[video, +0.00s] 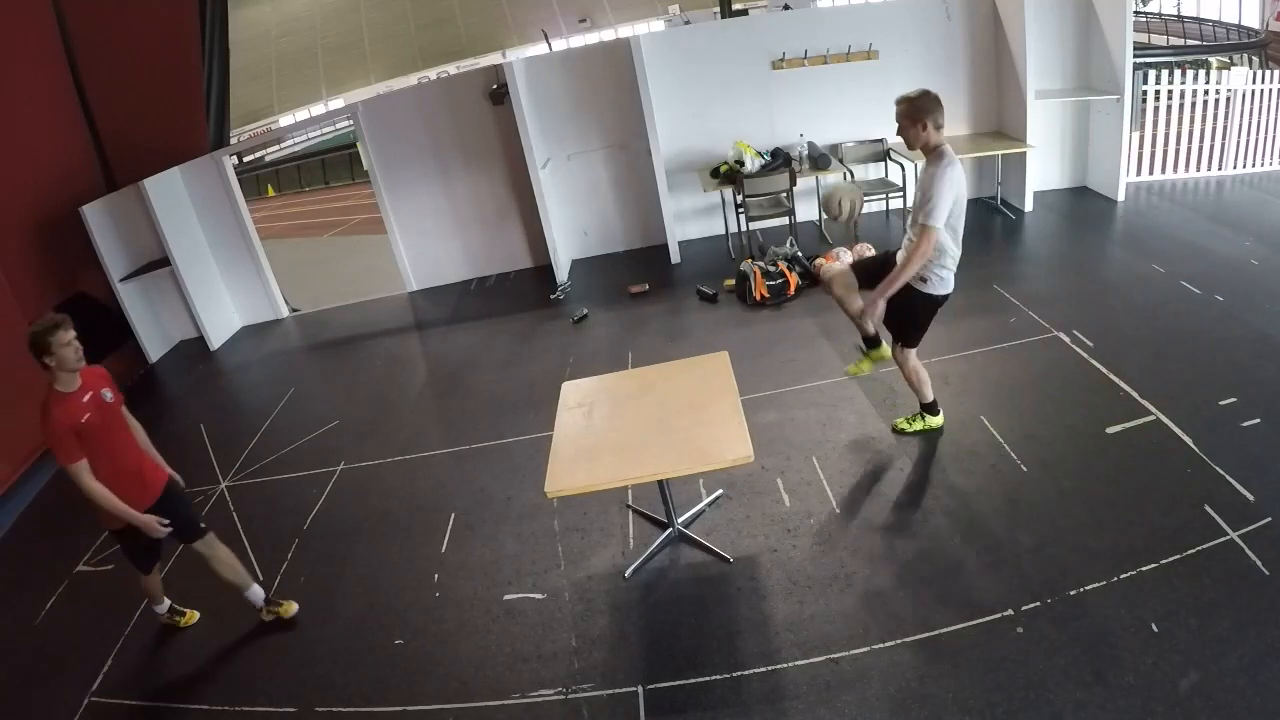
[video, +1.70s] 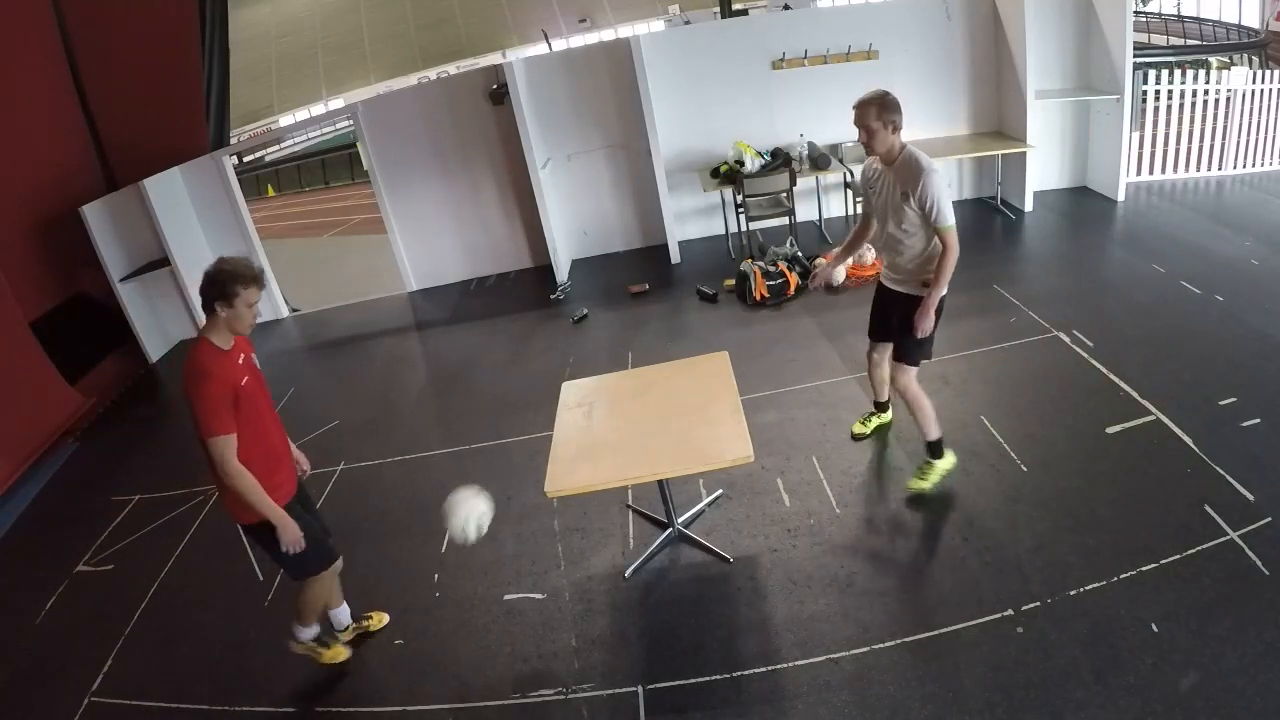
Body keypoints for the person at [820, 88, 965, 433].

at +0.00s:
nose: (898, 132)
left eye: (903, 125)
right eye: (898, 125)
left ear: (924, 126)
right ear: (926, 126)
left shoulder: (943, 175)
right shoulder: (934, 163)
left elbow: (924, 248)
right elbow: (924, 230)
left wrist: (879, 296)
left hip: (928, 278)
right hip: (908, 259)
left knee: (902, 353)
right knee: (839, 283)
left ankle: (931, 413)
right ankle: (875, 347)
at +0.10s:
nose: (894, 128)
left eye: (897, 121)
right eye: (893, 121)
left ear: (919, 120)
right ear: (920, 120)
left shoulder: (936, 168)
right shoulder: (927, 159)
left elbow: (918, 241)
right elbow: (912, 229)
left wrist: (872, 287)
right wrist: (883, 251)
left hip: (922, 277)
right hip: (906, 268)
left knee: (898, 349)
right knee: (858, 320)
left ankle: (931, 411)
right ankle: (894, 381)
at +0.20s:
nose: (883, 132)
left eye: (887, 125)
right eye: (882, 125)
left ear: (911, 124)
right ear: (911, 125)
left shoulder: (931, 173)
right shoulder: (917, 162)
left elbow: (924, 247)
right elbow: (897, 210)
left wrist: (882, 299)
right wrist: (865, 229)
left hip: (917, 283)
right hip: (904, 275)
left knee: (861, 342)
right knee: (887, 338)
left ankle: (912, 394)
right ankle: (908, 398)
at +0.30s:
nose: (869, 137)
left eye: (874, 130)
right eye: (868, 130)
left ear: (897, 126)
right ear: (895, 127)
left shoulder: (924, 169)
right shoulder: (895, 160)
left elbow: (932, 245)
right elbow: (883, 202)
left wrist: (911, 308)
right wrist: (850, 231)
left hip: (915, 270)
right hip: (901, 261)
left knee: (832, 296)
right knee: (889, 327)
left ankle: (886, 350)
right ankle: (912, 397)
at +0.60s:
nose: (858, 125)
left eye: (864, 118)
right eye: (857, 118)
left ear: (889, 117)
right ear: (884, 117)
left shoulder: (915, 168)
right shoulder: (876, 158)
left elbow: (939, 238)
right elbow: (864, 213)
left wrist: (942, 302)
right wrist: (832, 251)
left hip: (908, 275)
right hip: (887, 267)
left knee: (844, 339)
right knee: (896, 337)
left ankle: (887, 406)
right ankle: (914, 398)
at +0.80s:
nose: (856, 131)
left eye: (862, 124)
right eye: (856, 123)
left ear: (888, 125)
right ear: (881, 126)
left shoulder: (914, 180)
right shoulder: (875, 164)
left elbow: (932, 255)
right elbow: (869, 221)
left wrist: (916, 318)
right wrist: (841, 263)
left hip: (899, 291)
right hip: (869, 279)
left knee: (881, 369)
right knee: (838, 339)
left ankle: (905, 438)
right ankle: (888, 383)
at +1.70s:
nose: (860, 137)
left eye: (865, 129)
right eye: (857, 129)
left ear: (892, 127)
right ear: (877, 129)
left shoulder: (925, 175)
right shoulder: (871, 172)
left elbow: (951, 246)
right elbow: (866, 224)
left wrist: (929, 306)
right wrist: (835, 260)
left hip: (922, 289)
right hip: (888, 282)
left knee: (902, 377)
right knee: (877, 355)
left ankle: (939, 454)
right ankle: (882, 412)